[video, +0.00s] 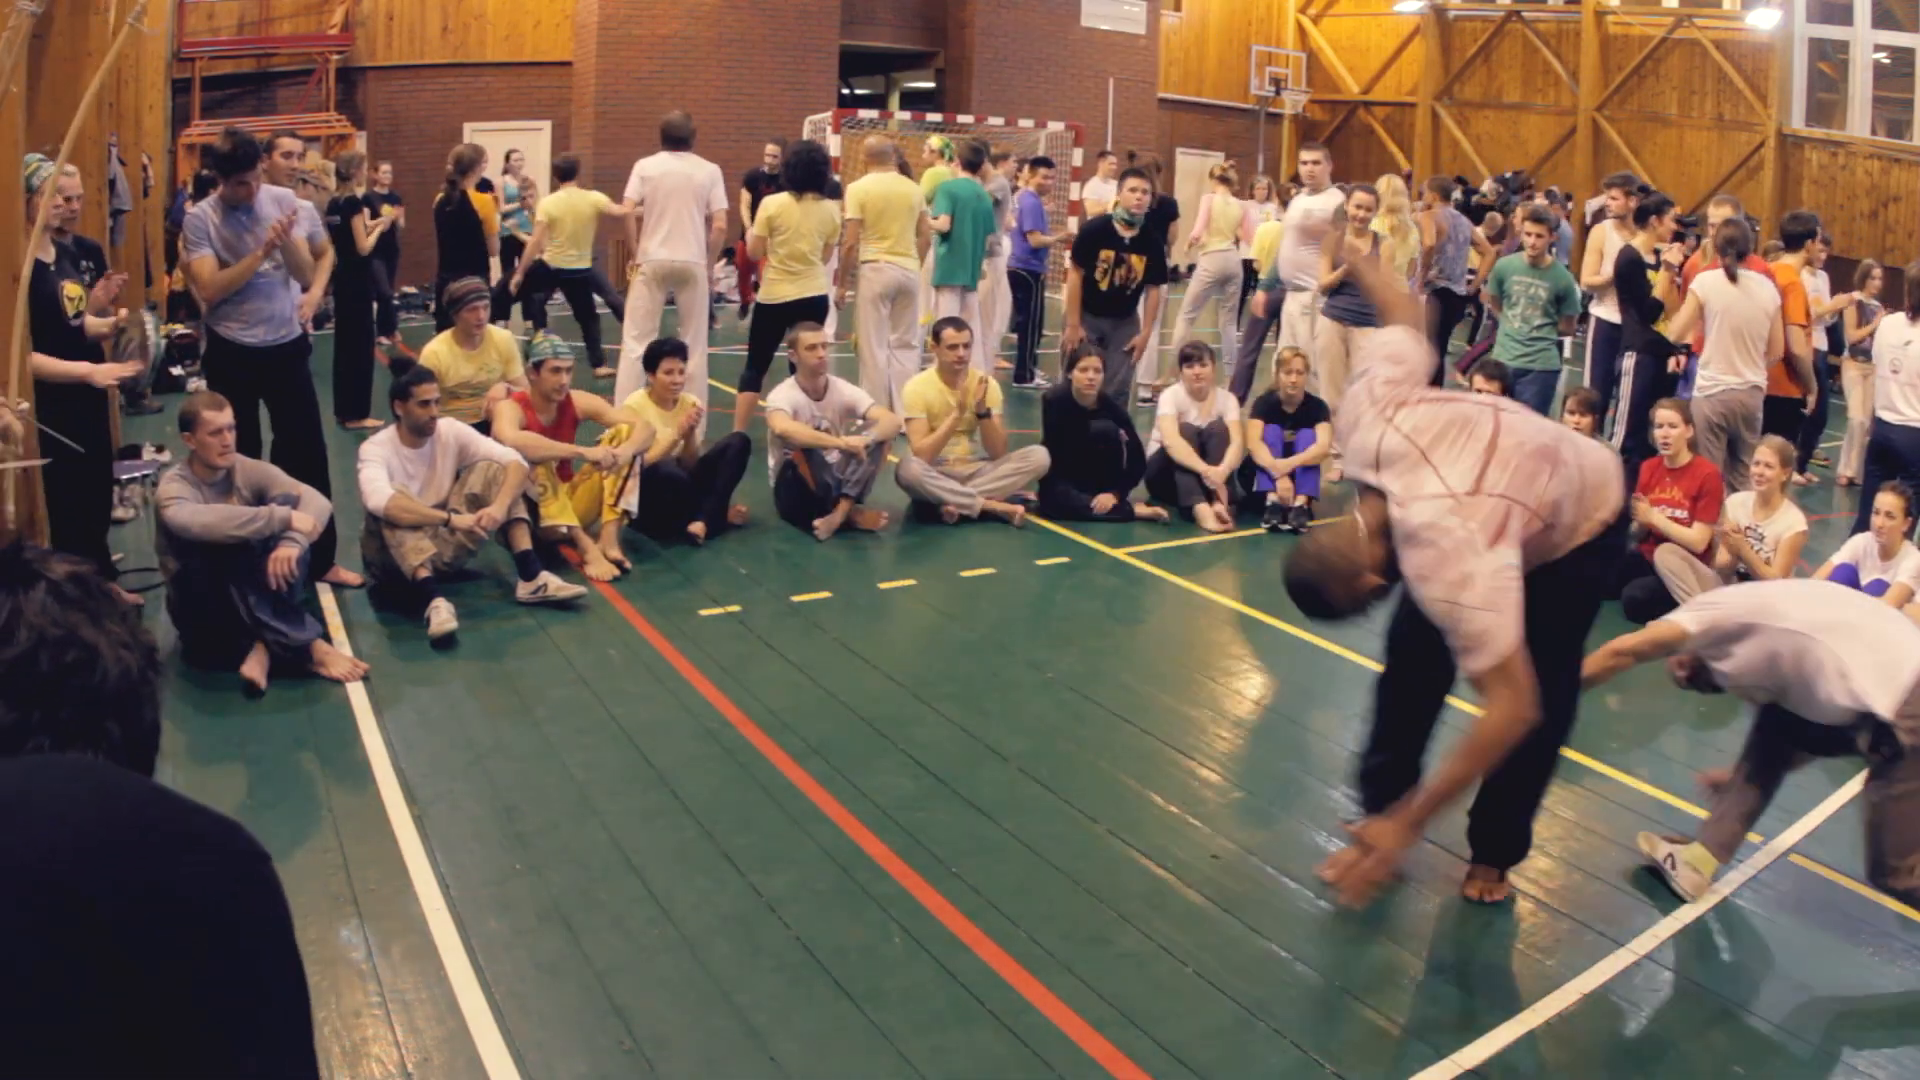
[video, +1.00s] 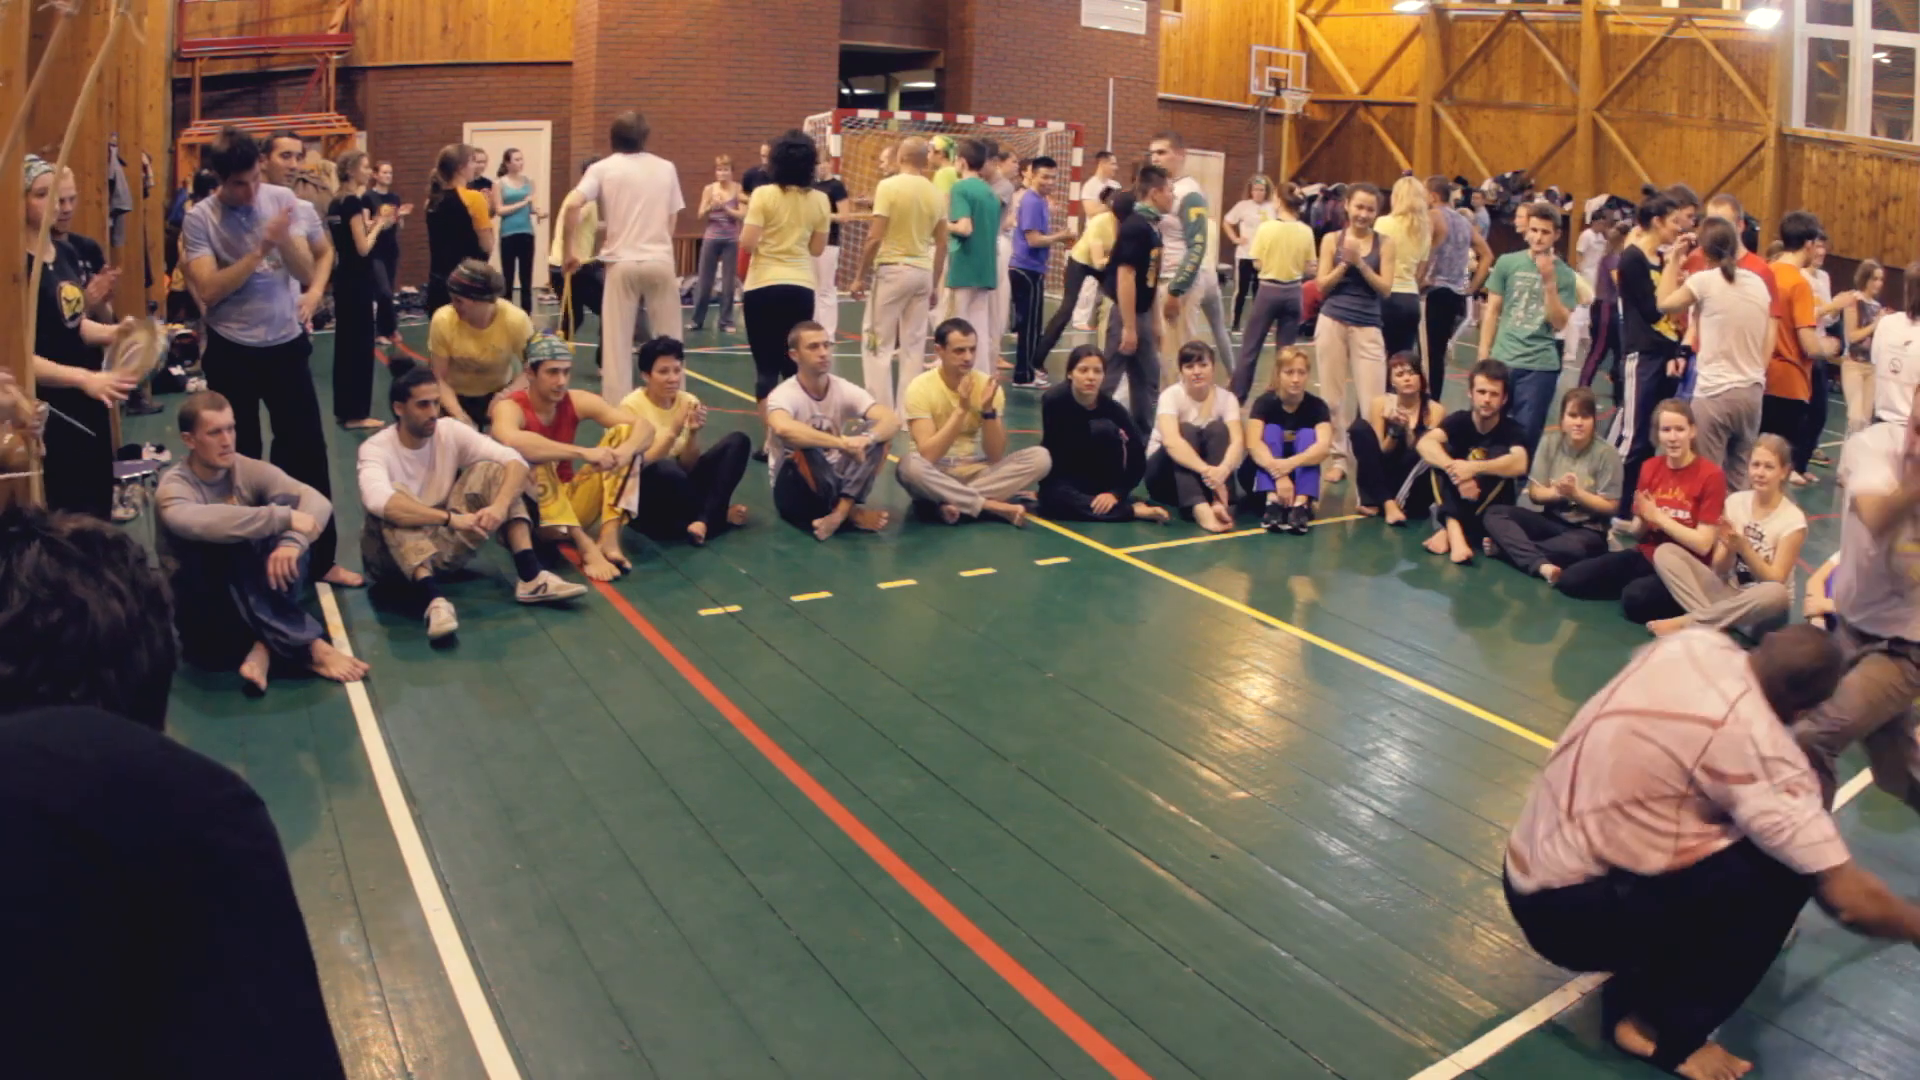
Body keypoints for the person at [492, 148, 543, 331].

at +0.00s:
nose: (519, 163)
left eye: (521, 159)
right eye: (515, 160)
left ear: (524, 162)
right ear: (508, 163)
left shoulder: (529, 182)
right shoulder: (502, 182)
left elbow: (535, 204)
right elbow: (501, 208)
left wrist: (529, 202)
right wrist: (520, 204)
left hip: (528, 230)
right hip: (508, 231)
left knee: (528, 274)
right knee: (508, 275)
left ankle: (530, 318)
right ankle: (504, 317)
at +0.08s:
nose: (519, 163)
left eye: (521, 160)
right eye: (515, 160)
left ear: (524, 162)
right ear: (507, 163)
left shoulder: (530, 182)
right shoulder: (502, 182)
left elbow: (540, 201)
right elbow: (502, 208)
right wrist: (525, 201)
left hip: (529, 230)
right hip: (509, 231)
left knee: (528, 275)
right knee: (507, 276)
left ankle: (528, 319)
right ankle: (505, 319)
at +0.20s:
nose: (518, 163)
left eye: (520, 160)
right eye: (514, 160)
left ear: (523, 162)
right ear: (506, 163)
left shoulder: (529, 182)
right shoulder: (501, 183)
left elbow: (533, 207)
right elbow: (498, 208)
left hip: (526, 233)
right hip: (508, 233)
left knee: (526, 280)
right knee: (507, 281)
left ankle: (528, 318)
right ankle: (505, 319)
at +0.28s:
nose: (518, 163)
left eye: (520, 160)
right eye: (514, 160)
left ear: (523, 162)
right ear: (506, 163)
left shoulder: (529, 182)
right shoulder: (501, 183)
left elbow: (533, 206)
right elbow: (497, 207)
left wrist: (538, 212)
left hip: (526, 231)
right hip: (508, 231)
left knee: (526, 278)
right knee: (507, 279)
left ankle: (528, 318)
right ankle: (505, 318)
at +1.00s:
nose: (520, 163)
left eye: (521, 159)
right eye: (516, 160)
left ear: (523, 161)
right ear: (507, 162)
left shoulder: (528, 182)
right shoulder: (499, 183)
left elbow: (530, 204)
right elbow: (499, 209)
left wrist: (537, 211)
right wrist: (523, 202)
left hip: (526, 231)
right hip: (508, 232)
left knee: (526, 278)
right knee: (508, 278)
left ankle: (526, 313)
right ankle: (506, 312)